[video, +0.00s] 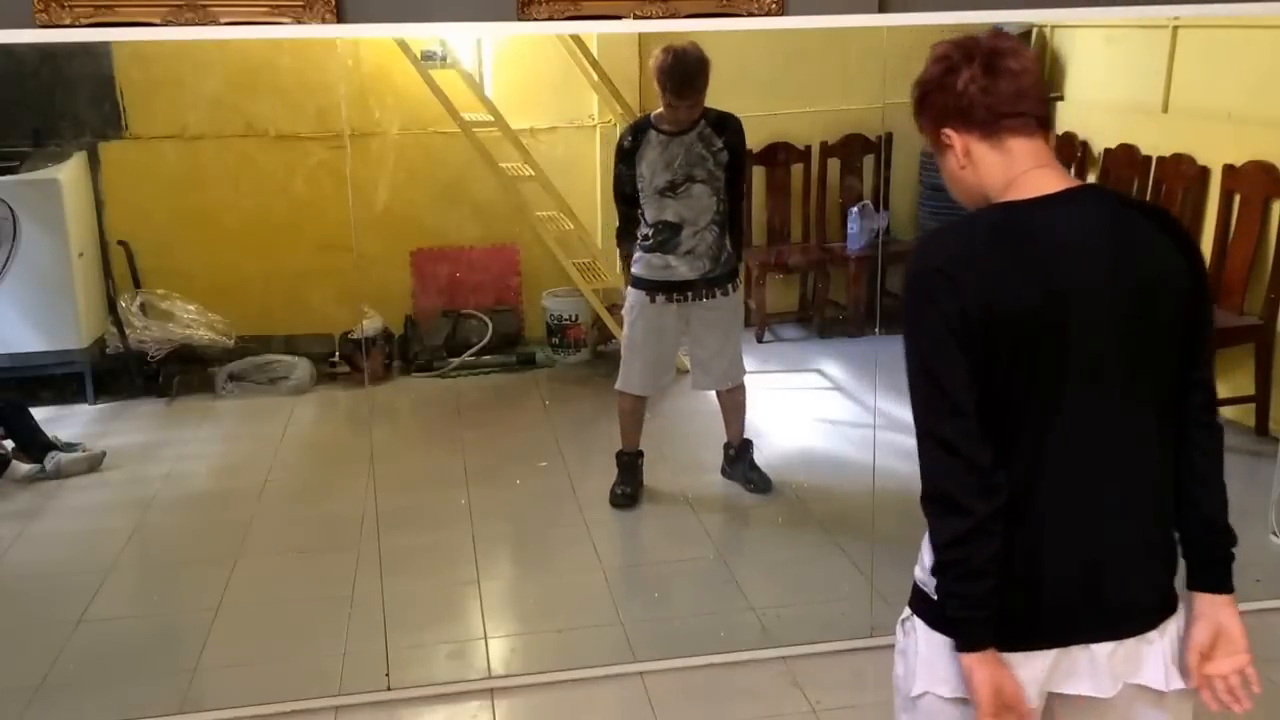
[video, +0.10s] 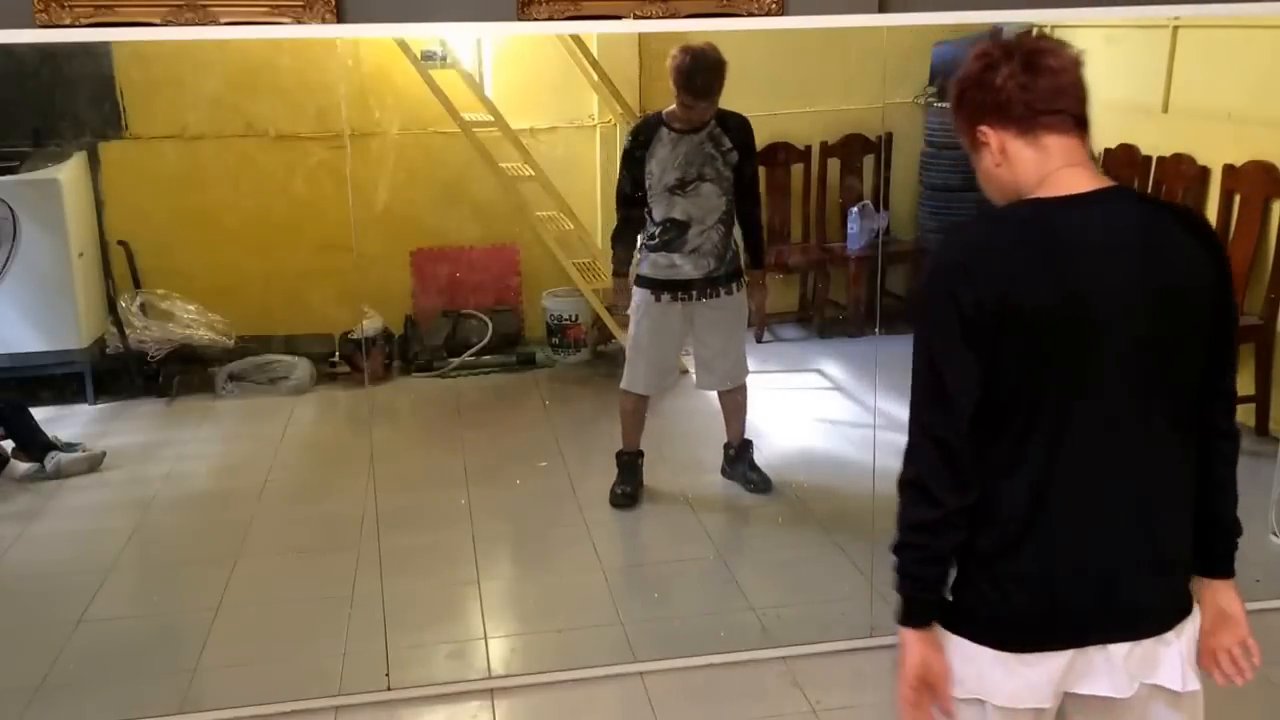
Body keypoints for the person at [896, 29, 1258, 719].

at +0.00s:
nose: (943, 174)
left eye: (937, 156)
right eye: (937, 157)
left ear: (957, 144)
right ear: (1041, 122)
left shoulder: (950, 264)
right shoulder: (1160, 238)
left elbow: (956, 468)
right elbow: (1195, 424)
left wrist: (976, 643)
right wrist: (1213, 592)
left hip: (998, 620)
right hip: (1136, 612)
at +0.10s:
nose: (978, 176)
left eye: (972, 157)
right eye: (971, 159)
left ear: (992, 143)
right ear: (1077, 123)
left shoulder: (975, 256)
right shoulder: (1187, 238)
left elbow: (938, 450)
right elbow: (1214, 422)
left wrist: (918, 617)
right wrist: (1216, 574)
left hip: (1005, 618)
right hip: (1151, 611)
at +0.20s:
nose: (1008, 183)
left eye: (1000, 160)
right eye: (1001, 163)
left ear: (1018, 141)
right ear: (1109, 128)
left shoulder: (992, 252)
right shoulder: (1212, 244)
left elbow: (925, 433)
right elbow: (1216, 426)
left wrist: (876, 578)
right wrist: (1190, 552)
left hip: (1007, 611)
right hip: (1155, 609)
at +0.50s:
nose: (1007, 181)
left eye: (1001, 159)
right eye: (1003, 161)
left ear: (1019, 144)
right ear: (1114, 133)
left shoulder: (989, 254)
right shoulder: (1214, 245)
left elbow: (932, 436)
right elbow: (1199, 419)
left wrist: (936, 539)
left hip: (998, 616)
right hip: (1153, 615)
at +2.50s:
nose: (985, 123)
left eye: (986, 106)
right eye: (987, 106)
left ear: (1006, 117)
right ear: (1105, 107)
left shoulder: (961, 264)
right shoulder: (1187, 248)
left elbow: (920, 478)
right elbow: (1178, 428)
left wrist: (992, 536)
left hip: (983, 628)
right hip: (1138, 626)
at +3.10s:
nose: (993, 118)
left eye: (994, 100)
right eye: (994, 99)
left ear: (1014, 113)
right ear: (1114, 105)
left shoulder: (968, 266)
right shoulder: (1193, 252)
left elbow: (921, 468)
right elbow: (1184, 430)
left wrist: (964, 539)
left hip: (988, 627)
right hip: (1142, 625)